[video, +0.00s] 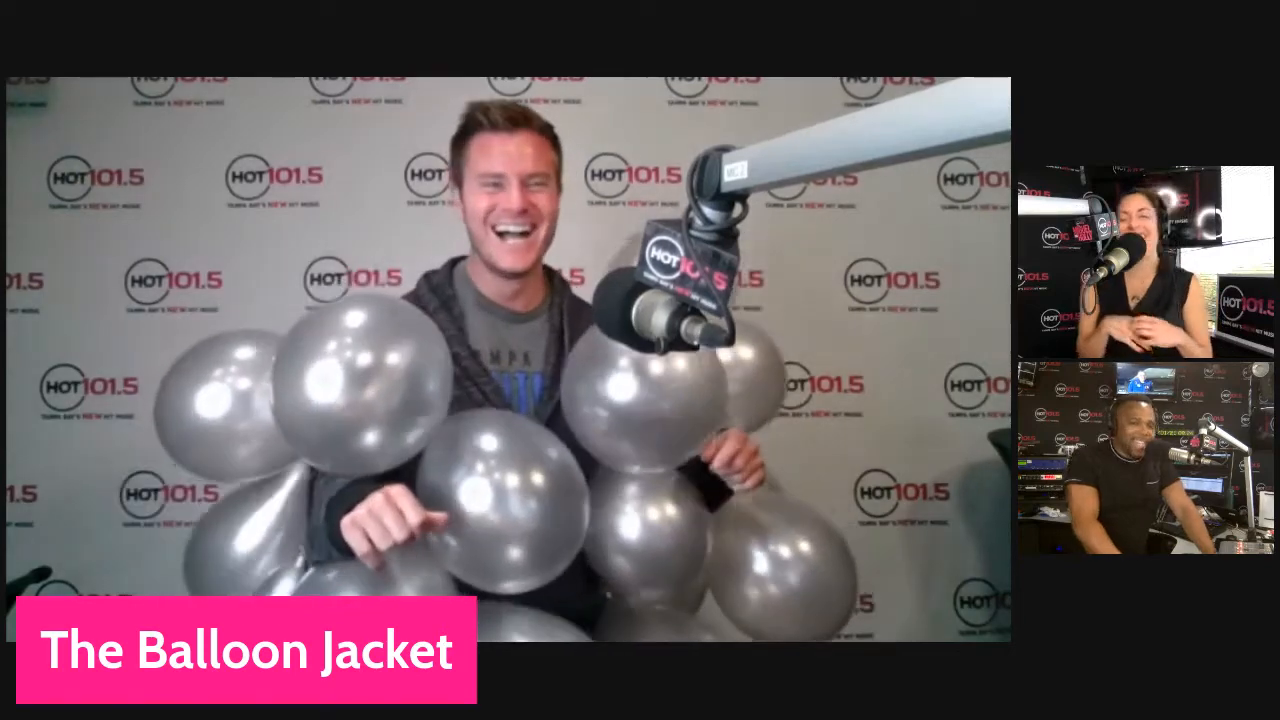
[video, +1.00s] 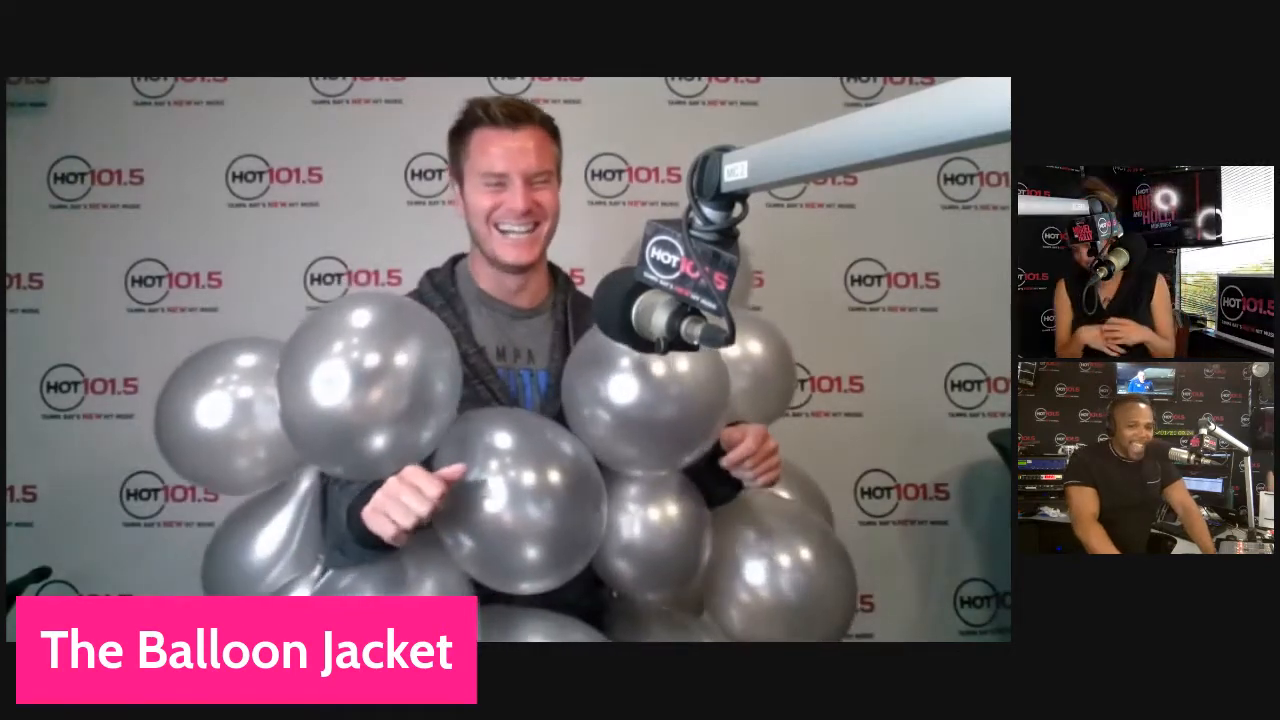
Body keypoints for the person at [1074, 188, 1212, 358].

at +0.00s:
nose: (1133, 225)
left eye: (1143, 216)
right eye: (1123, 218)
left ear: (1160, 224)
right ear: (1116, 228)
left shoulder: (1186, 284)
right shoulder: (1098, 285)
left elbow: (1206, 358)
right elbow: (1086, 356)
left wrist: (1180, 337)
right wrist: (1106, 325)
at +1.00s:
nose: (1083, 258)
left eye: (1091, 248)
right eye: (1075, 250)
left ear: (1113, 241)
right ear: (1070, 250)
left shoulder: (1152, 284)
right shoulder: (1067, 288)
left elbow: (1169, 351)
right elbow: (1063, 356)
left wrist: (1146, 335)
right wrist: (1080, 336)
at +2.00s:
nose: (1157, 228)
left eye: (1170, 218)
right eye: (1151, 220)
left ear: (1195, 224)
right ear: (1146, 226)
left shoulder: (1229, 283)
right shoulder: (1134, 282)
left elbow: (1248, 360)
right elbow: (1127, 355)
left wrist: (1200, 349)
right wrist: (1148, 344)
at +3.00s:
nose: (1151, 226)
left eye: (1164, 218)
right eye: (1142, 216)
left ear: (1177, 228)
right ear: (1129, 222)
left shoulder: (1196, 289)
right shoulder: (1100, 285)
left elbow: (1208, 361)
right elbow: (1087, 354)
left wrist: (1177, 349)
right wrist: (1116, 347)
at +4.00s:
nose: (1153, 227)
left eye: (1166, 219)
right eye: (1144, 217)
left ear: (1181, 228)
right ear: (1131, 223)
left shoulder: (1201, 287)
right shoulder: (1108, 285)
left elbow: (1215, 361)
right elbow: (1096, 356)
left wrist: (1184, 347)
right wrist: (1114, 343)